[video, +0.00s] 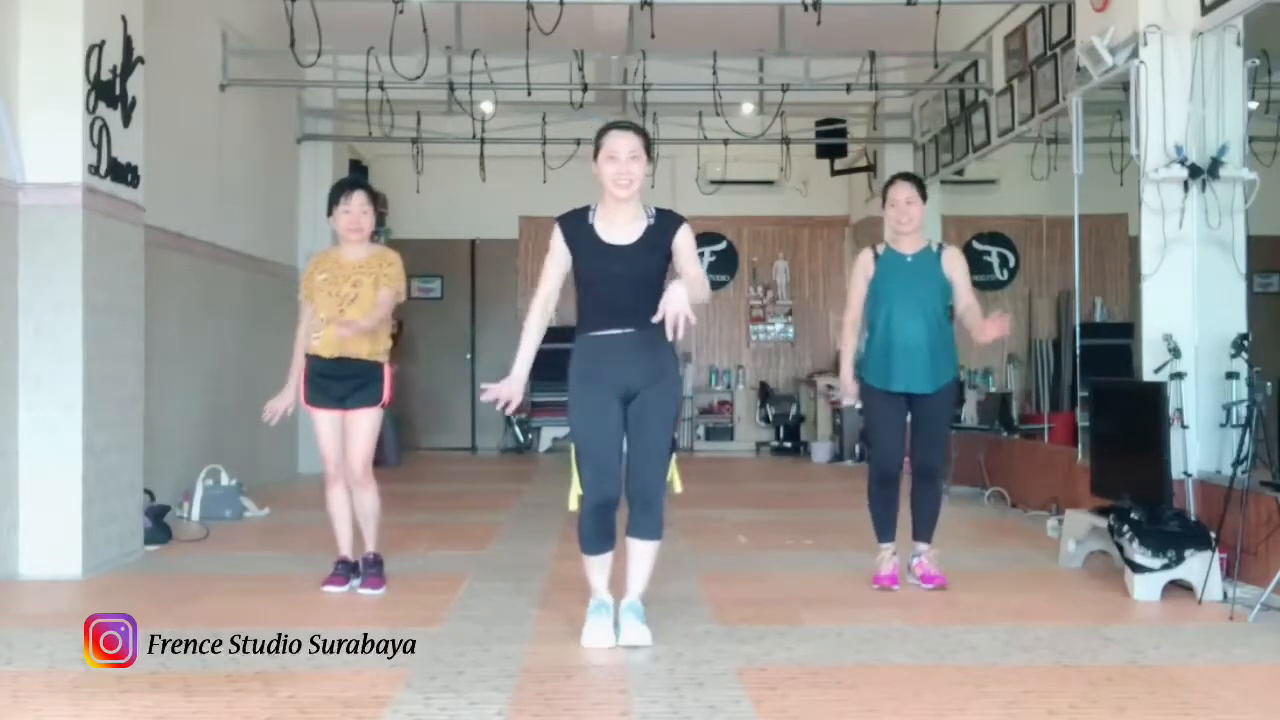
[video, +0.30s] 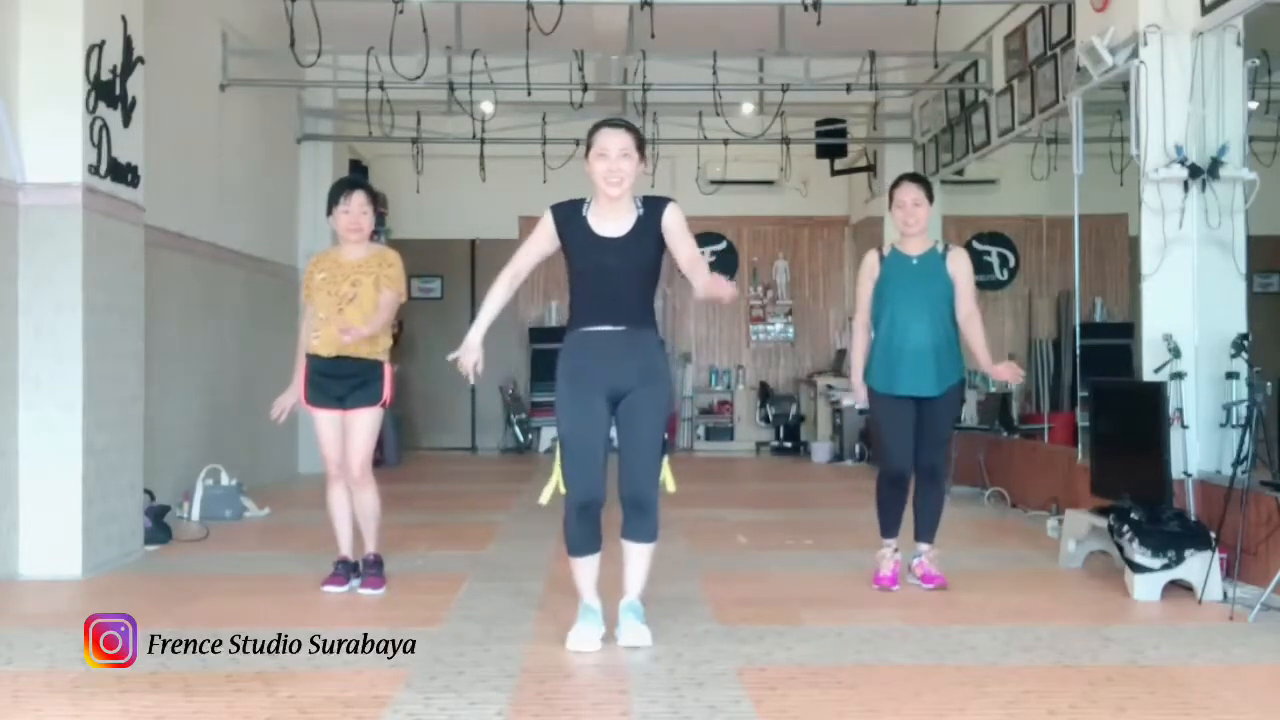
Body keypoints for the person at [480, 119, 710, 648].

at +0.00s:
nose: (624, 168)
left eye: (633, 158)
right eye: (613, 158)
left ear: (648, 167)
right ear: (595, 165)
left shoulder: (672, 228)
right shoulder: (570, 229)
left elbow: (703, 291)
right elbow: (542, 305)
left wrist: (681, 287)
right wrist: (518, 374)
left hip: (655, 367)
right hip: (592, 369)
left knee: (648, 488)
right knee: (599, 491)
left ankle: (633, 605)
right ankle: (599, 602)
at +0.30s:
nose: (613, 166)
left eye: (624, 156)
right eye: (603, 156)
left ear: (641, 163)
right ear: (586, 162)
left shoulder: (663, 214)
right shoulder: (563, 218)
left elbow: (699, 277)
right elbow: (512, 275)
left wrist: (720, 287)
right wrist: (474, 336)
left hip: (644, 364)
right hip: (581, 366)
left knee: (641, 490)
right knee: (583, 492)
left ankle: (632, 607)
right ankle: (589, 609)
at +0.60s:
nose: (599, 187)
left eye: (610, 179)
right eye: (588, 178)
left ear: (625, 190)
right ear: (572, 187)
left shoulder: (649, 246)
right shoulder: (546, 249)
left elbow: (677, 324)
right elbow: (509, 319)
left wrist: (697, 397)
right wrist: (500, 369)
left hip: (626, 383)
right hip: (561, 384)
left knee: (639, 466)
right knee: (567, 504)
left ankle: (635, 578)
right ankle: (589, 611)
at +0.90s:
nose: (595, 169)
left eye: (606, 160)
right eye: (585, 159)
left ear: (621, 170)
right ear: (567, 166)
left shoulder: (641, 226)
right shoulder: (539, 227)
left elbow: (667, 293)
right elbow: (509, 302)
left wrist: (686, 360)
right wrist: (530, 298)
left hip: (623, 366)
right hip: (558, 367)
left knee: (626, 492)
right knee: (572, 497)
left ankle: (623, 627)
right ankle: (588, 611)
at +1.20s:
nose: (595, 168)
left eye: (606, 159)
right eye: (584, 158)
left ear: (621, 168)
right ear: (567, 167)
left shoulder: (640, 223)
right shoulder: (539, 229)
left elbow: (659, 269)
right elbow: (505, 303)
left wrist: (663, 335)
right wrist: (541, 281)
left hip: (624, 367)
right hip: (560, 369)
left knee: (638, 473)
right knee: (574, 496)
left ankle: (631, 602)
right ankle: (589, 612)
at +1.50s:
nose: (589, 180)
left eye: (599, 171)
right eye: (579, 171)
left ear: (615, 183)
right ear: (561, 181)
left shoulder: (640, 243)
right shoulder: (538, 249)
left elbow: (655, 316)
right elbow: (522, 326)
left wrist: (668, 378)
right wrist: (530, 381)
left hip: (625, 385)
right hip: (558, 387)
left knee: (645, 475)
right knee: (566, 503)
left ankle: (639, 595)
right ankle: (590, 611)